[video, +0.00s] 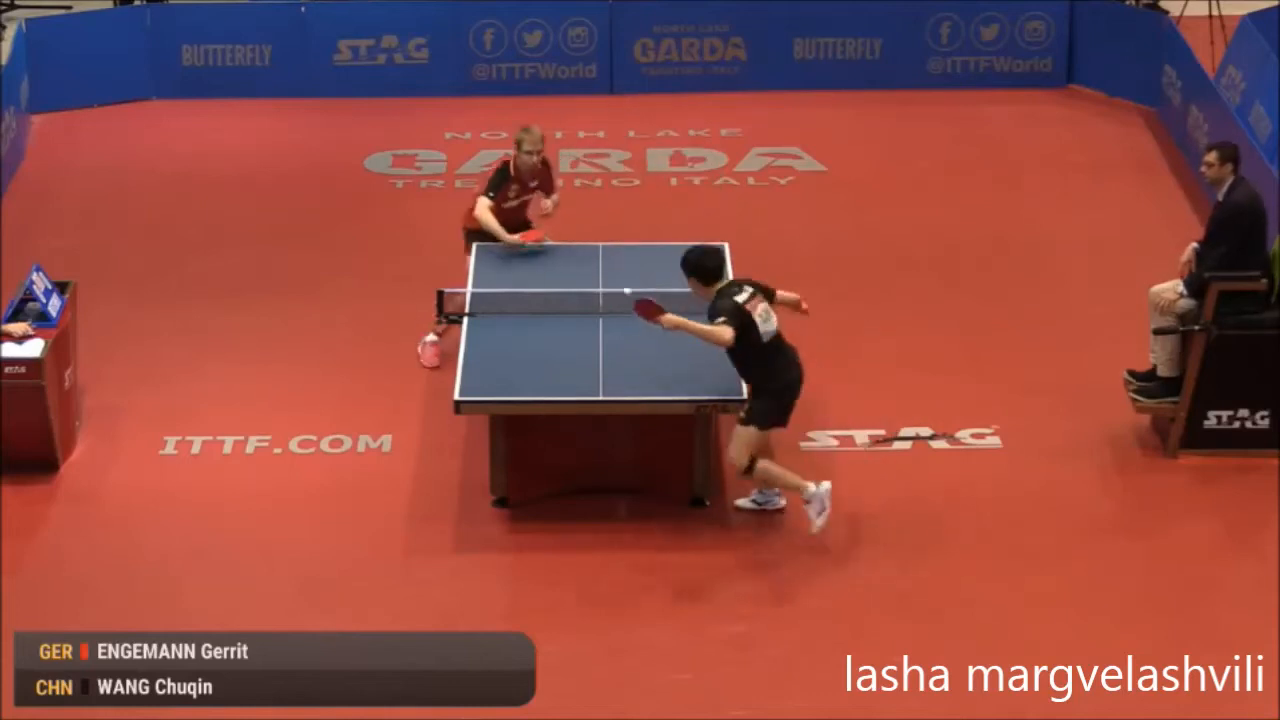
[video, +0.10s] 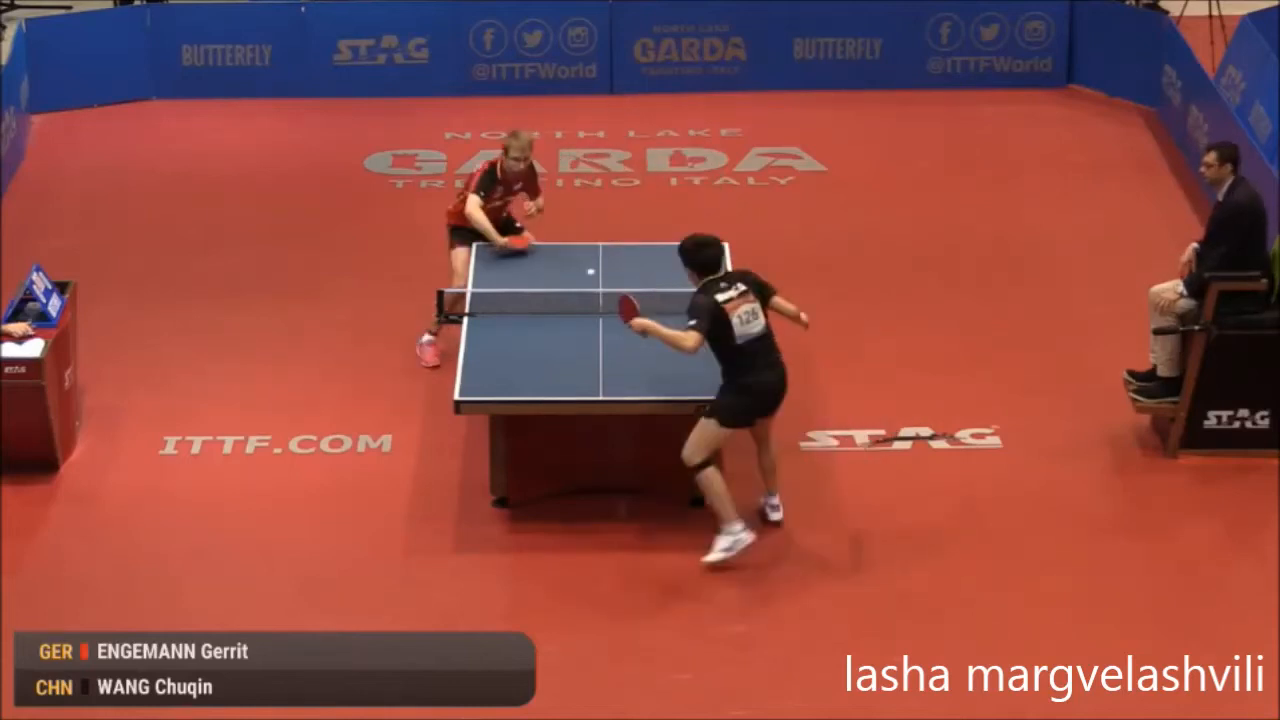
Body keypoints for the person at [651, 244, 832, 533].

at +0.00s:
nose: (688, 285)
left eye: (688, 279)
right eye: (687, 278)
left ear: (696, 281)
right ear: (719, 270)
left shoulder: (722, 304)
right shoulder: (744, 285)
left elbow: (726, 337)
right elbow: (781, 297)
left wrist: (681, 323)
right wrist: (797, 303)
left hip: (773, 381)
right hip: (786, 367)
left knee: (739, 458)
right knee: (756, 430)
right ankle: (767, 493)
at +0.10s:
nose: (685, 271)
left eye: (686, 267)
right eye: (687, 265)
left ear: (692, 271)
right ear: (721, 261)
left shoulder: (704, 300)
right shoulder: (746, 279)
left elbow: (690, 343)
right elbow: (784, 307)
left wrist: (649, 327)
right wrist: (800, 316)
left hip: (743, 388)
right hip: (775, 379)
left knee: (694, 455)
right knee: (763, 437)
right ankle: (774, 503)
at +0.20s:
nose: (683, 278)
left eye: (684, 274)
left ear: (689, 279)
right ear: (719, 271)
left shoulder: (692, 312)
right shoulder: (745, 295)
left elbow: (665, 358)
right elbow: (778, 331)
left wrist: (631, 340)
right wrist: (793, 337)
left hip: (725, 404)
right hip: (761, 396)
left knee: (672, 468)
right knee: (766, 449)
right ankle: (780, 519)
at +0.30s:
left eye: (682, 300)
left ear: (681, 305)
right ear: (714, 303)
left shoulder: (674, 345)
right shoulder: (736, 336)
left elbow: (628, 379)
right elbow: (771, 373)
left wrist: (612, 358)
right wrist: (744, 355)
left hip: (697, 438)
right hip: (738, 434)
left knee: (641, 485)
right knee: (757, 462)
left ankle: (640, 568)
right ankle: (779, 521)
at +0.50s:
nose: (664, 312)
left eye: (662, 308)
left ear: (661, 314)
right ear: (695, 310)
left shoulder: (655, 352)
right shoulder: (719, 338)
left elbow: (614, 400)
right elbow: (754, 381)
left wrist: (620, 406)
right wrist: (738, 393)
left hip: (684, 444)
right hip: (731, 439)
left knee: (621, 490)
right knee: (765, 483)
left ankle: (605, 577)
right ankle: (803, 552)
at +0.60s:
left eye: (659, 328)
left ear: (659, 334)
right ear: (691, 330)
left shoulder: (651, 369)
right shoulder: (717, 358)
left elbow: (614, 421)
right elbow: (749, 404)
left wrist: (627, 433)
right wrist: (723, 417)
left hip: (681, 466)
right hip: (727, 460)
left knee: (622, 519)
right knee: (767, 497)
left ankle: (595, 597)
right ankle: (809, 567)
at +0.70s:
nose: (649, 372)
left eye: (648, 367)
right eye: (653, 365)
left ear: (652, 372)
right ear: (683, 365)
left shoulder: (657, 409)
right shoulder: (712, 391)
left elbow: (647, 466)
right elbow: (738, 436)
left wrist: (612, 476)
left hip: (680, 495)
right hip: (727, 491)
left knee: (618, 523)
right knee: (772, 519)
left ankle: (593, 603)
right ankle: (821, 582)